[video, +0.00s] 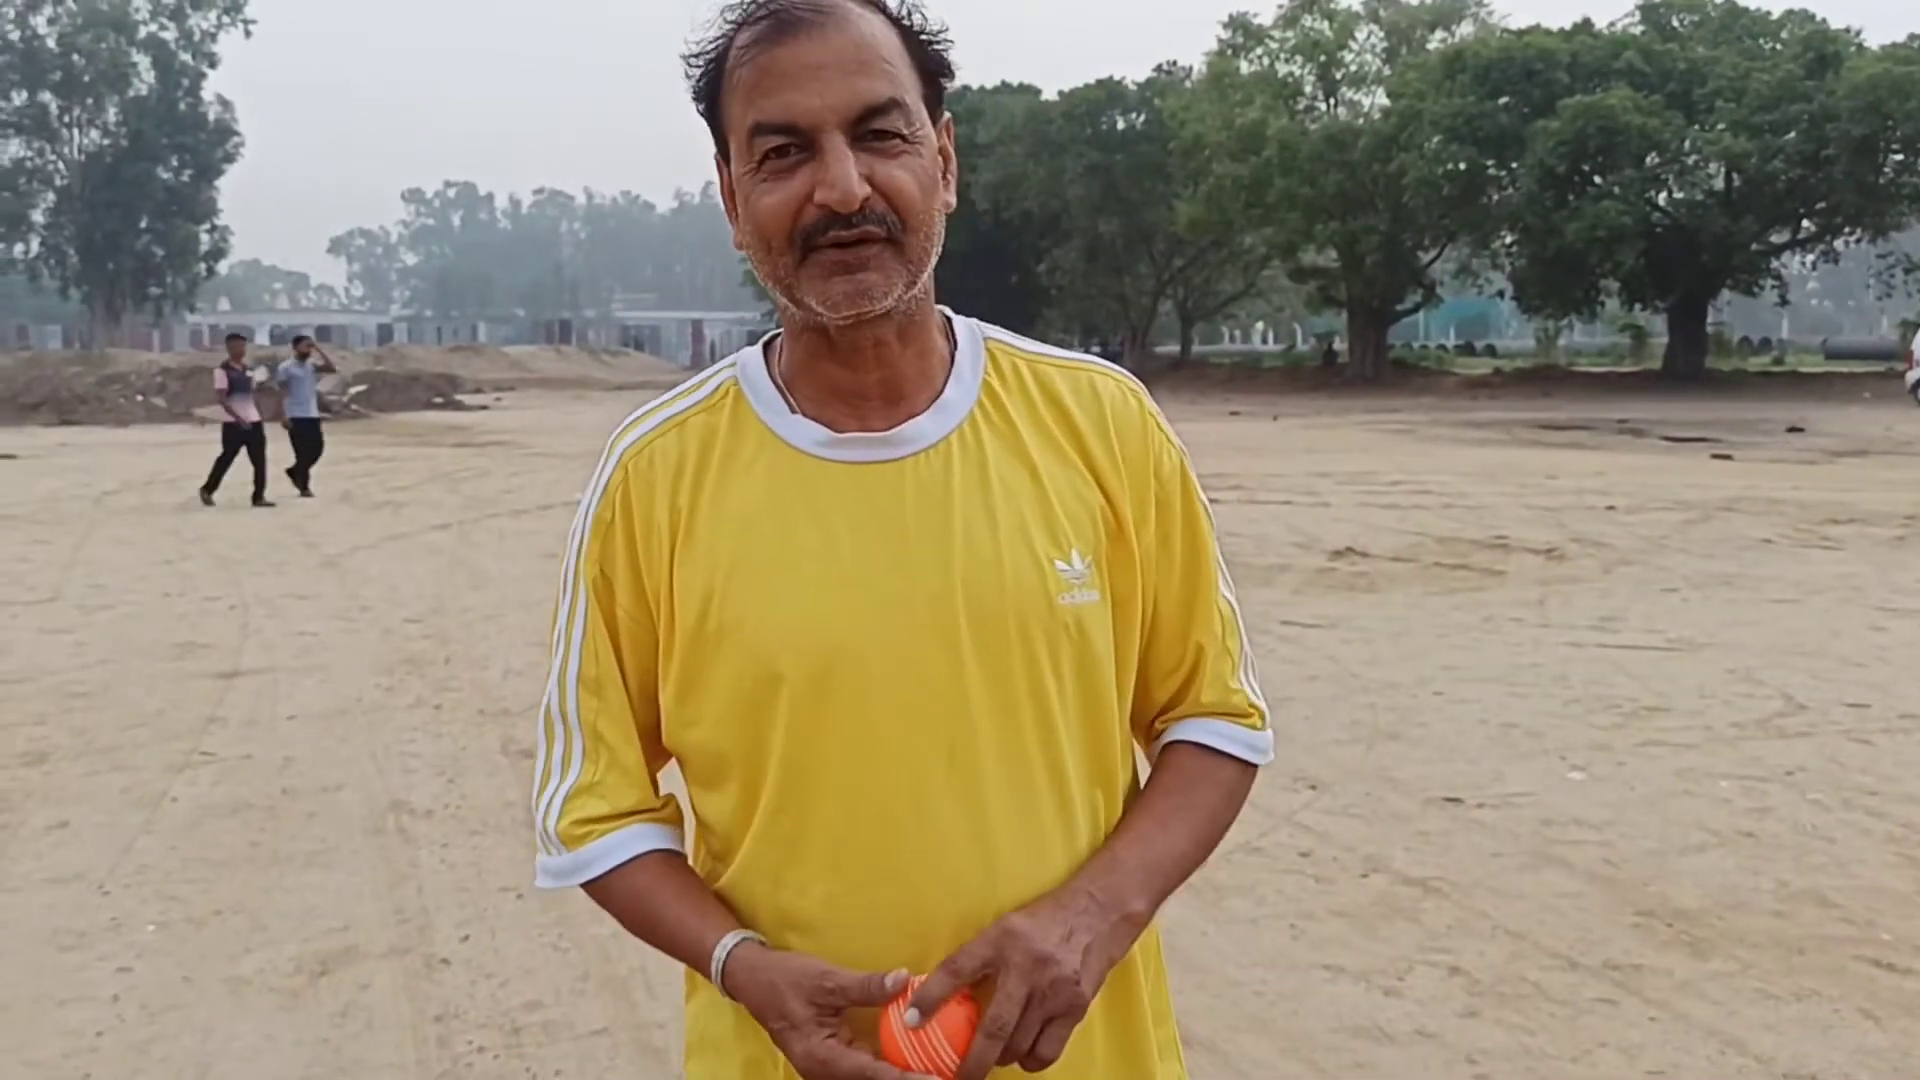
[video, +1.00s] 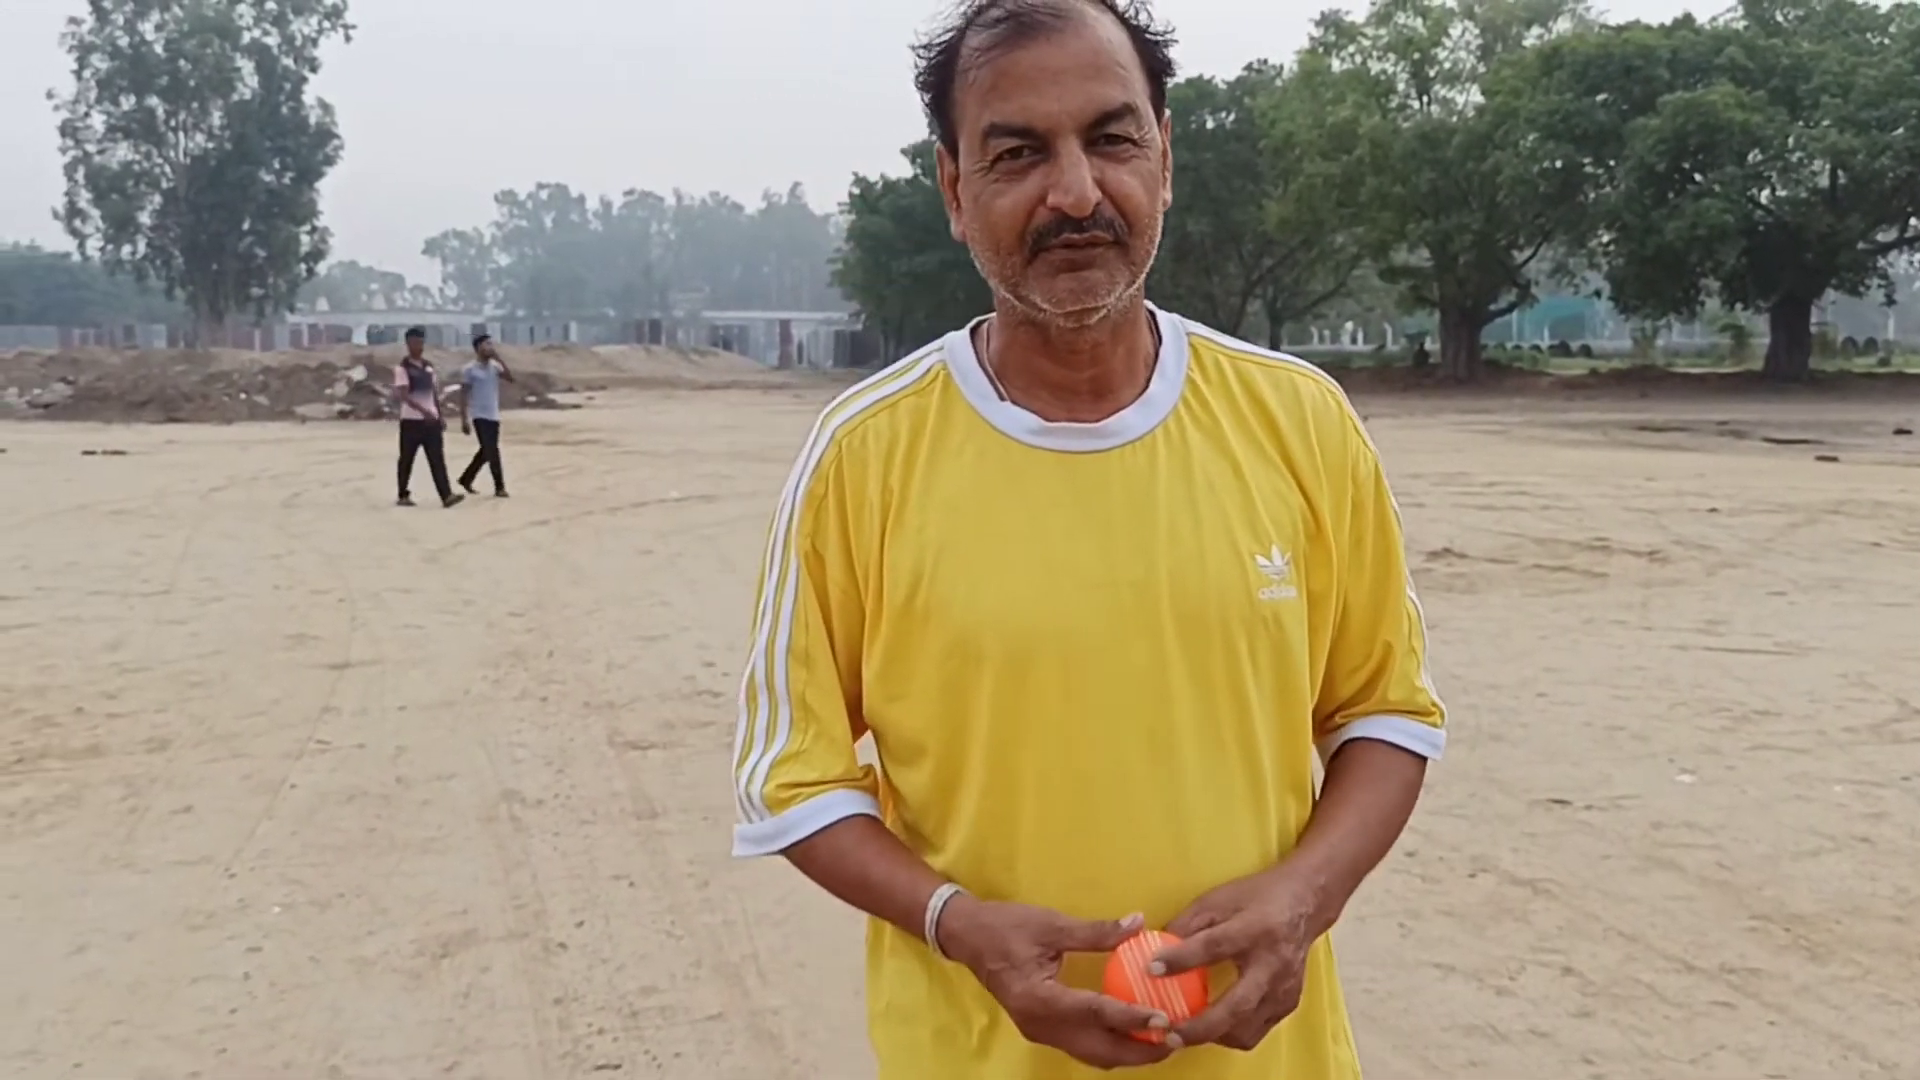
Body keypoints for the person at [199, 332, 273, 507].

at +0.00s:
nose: (241, 350)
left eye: (243, 346)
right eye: (237, 347)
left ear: (245, 348)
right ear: (229, 349)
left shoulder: (246, 370)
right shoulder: (222, 371)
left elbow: (250, 396)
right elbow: (222, 399)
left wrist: (258, 416)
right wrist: (239, 419)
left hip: (253, 422)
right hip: (234, 423)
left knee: (260, 462)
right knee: (227, 458)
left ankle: (258, 496)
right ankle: (207, 489)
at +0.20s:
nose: (280, 347)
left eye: (282, 343)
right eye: (276, 343)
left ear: (285, 344)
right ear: (269, 344)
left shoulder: (289, 369)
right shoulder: (259, 368)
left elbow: (295, 394)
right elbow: (255, 395)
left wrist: (300, 415)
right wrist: (256, 419)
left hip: (290, 414)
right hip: (271, 414)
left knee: (289, 454)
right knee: (282, 451)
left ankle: (281, 494)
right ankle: (266, 484)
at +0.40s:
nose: (328, 350)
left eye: (331, 346)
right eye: (324, 346)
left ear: (333, 347)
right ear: (316, 347)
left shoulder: (336, 370)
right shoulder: (307, 370)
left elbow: (345, 395)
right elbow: (298, 395)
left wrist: (356, 414)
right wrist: (292, 421)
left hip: (333, 418)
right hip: (316, 417)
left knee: (323, 457)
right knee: (326, 456)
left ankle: (312, 493)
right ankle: (343, 492)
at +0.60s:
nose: (368, 351)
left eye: (371, 347)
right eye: (364, 347)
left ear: (374, 348)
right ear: (357, 348)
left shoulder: (379, 370)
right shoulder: (350, 372)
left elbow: (389, 395)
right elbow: (344, 399)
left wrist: (398, 416)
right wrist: (342, 425)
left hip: (379, 418)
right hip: (362, 418)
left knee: (373, 457)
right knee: (372, 457)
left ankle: (350, 484)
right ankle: (381, 495)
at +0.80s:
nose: (394, 347)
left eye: (396, 344)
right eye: (390, 344)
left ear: (401, 345)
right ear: (385, 345)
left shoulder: (407, 367)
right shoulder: (379, 369)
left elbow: (413, 392)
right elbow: (380, 396)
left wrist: (419, 412)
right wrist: (388, 418)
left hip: (410, 417)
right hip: (392, 418)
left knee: (418, 453)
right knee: (392, 460)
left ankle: (402, 484)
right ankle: (396, 495)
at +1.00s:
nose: (418, 347)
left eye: (421, 343)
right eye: (414, 343)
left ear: (424, 344)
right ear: (407, 344)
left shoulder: (429, 368)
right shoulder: (403, 368)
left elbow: (435, 395)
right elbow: (403, 395)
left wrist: (440, 416)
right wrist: (425, 412)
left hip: (431, 419)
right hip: (411, 419)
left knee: (437, 460)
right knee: (406, 460)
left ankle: (447, 494)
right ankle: (403, 494)